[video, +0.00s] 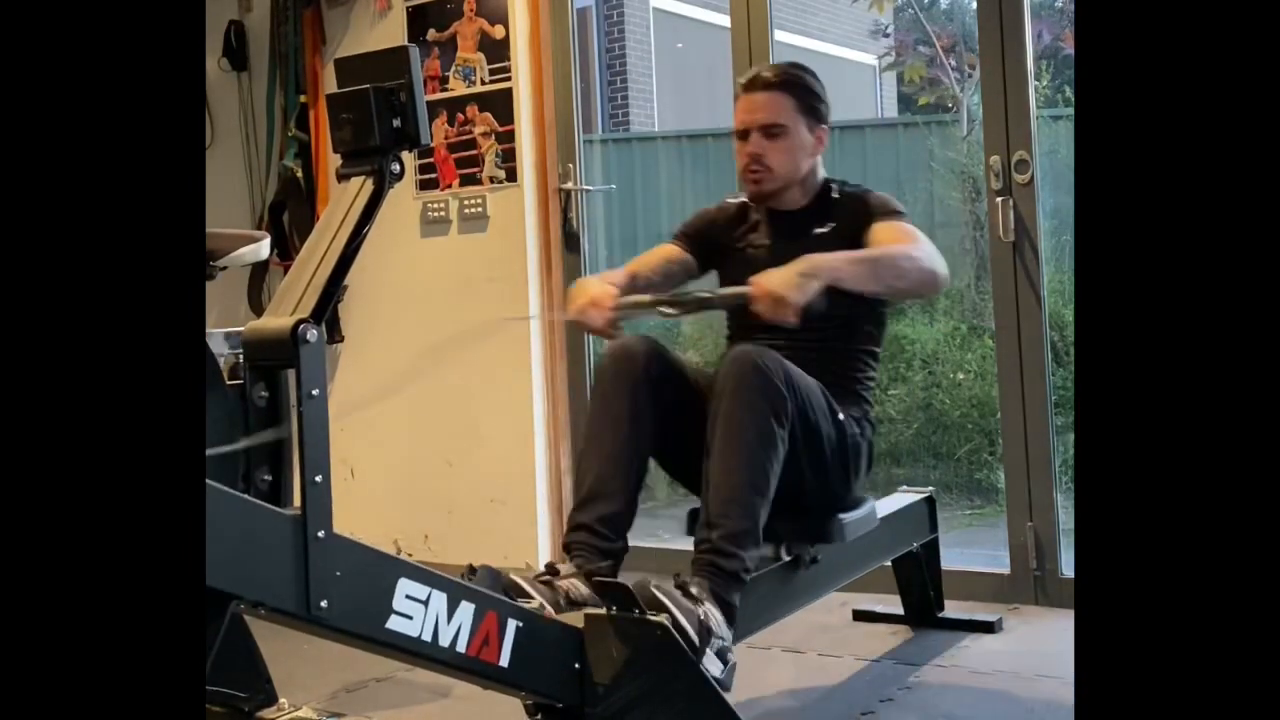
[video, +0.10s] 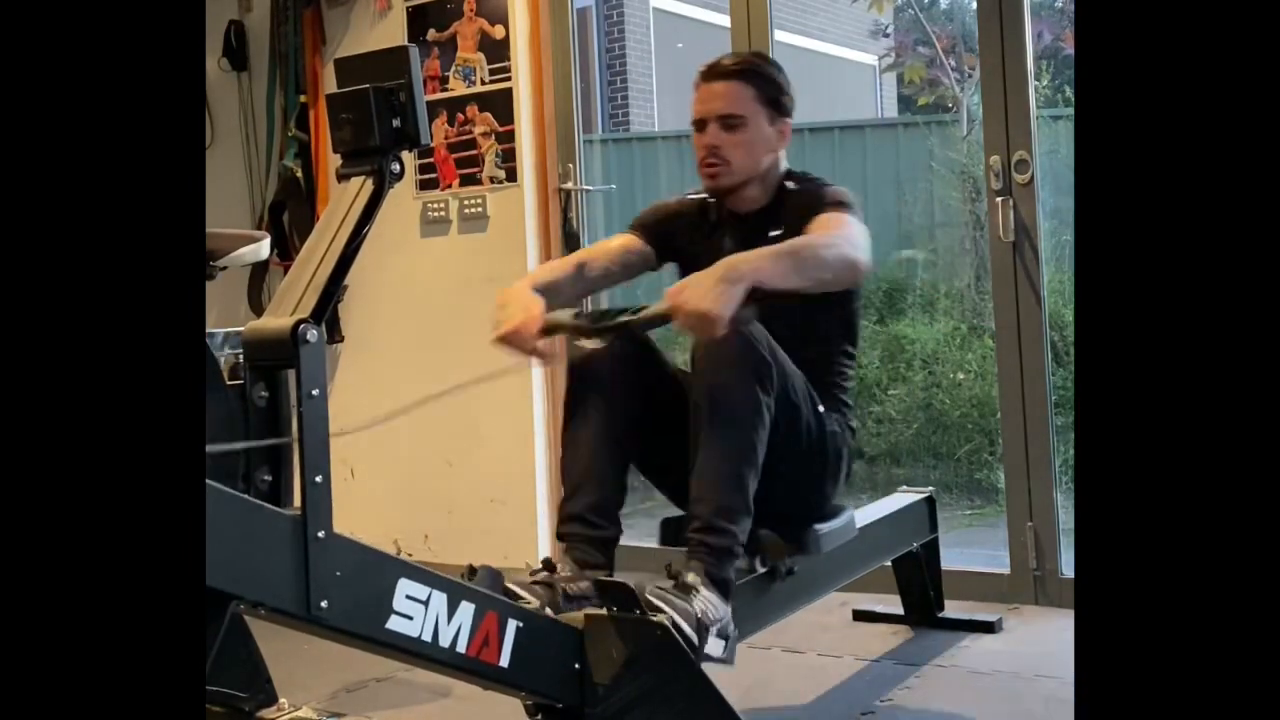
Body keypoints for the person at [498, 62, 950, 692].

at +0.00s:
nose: (751, 151)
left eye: (769, 133)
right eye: (742, 135)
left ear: (818, 139)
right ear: (732, 142)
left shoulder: (862, 212)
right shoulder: (725, 225)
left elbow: (928, 270)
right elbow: (640, 276)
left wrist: (819, 268)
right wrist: (597, 289)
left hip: (826, 458)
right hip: (733, 450)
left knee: (749, 363)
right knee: (632, 356)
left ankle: (710, 604)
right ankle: (585, 572)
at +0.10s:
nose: (709, 142)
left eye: (730, 124)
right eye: (700, 127)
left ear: (781, 134)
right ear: (690, 137)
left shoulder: (817, 203)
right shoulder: (684, 222)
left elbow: (848, 255)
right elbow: (592, 267)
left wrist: (736, 273)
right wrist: (525, 291)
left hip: (801, 470)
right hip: (708, 465)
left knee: (734, 339)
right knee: (605, 347)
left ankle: (706, 588)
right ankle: (580, 570)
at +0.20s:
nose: (664, 145)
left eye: (687, 127)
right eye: (656, 129)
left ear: (741, 138)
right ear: (648, 138)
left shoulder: (785, 210)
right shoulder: (644, 229)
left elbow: (762, 268)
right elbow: (547, 285)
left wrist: (663, 313)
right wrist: (465, 328)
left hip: (778, 478)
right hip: (683, 477)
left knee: (720, 329)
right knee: (586, 316)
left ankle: (700, 575)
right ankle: (578, 563)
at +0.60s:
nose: (731, 144)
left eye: (751, 128)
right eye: (721, 131)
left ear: (798, 136)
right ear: (712, 138)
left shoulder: (828, 203)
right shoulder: (698, 220)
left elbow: (802, 268)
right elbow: (616, 272)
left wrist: (728, 307)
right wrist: (535, 317)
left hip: (811, 463)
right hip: (723, 457)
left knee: (744, 344)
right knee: (620, 353)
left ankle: (702, 591)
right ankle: (579, 571)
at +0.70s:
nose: (774, 144)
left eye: (793, 129)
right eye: (766, 132)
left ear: (838, 141)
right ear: (757, 142)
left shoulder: (864, 204)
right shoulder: (739, 219)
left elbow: (848, 263)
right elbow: (664, 269)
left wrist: (782, 292)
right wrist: (600, 303)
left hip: (844, 432)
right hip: (755, 420)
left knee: (768, 383)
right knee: (646, 389)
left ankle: (708, 608)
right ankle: (584, 579)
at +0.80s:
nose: (807, 152)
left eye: (825, 139)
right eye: (798, 141)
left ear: (869, 147)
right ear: (789, 150)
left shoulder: (897, 211)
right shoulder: (771, 223)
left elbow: (905, 274)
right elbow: (701, 274)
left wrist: (837, 279)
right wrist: (650, 295)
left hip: (859, 405)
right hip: (770, 397)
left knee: (786, 436)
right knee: (666, 433)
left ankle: (713, 613)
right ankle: (576, 585)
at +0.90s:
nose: (833, 177)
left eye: (849, 161)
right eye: (823, 165)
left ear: (888, 165)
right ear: (813, 171)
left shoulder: (920, 229)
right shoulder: (801, 237)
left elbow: (960, 299)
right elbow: (736, 288)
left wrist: (883, 290)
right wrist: (698, 300)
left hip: (867, 409)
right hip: (781, 404)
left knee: (790, 462)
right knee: (688, 463)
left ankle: (719, 621)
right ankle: (580, 592)